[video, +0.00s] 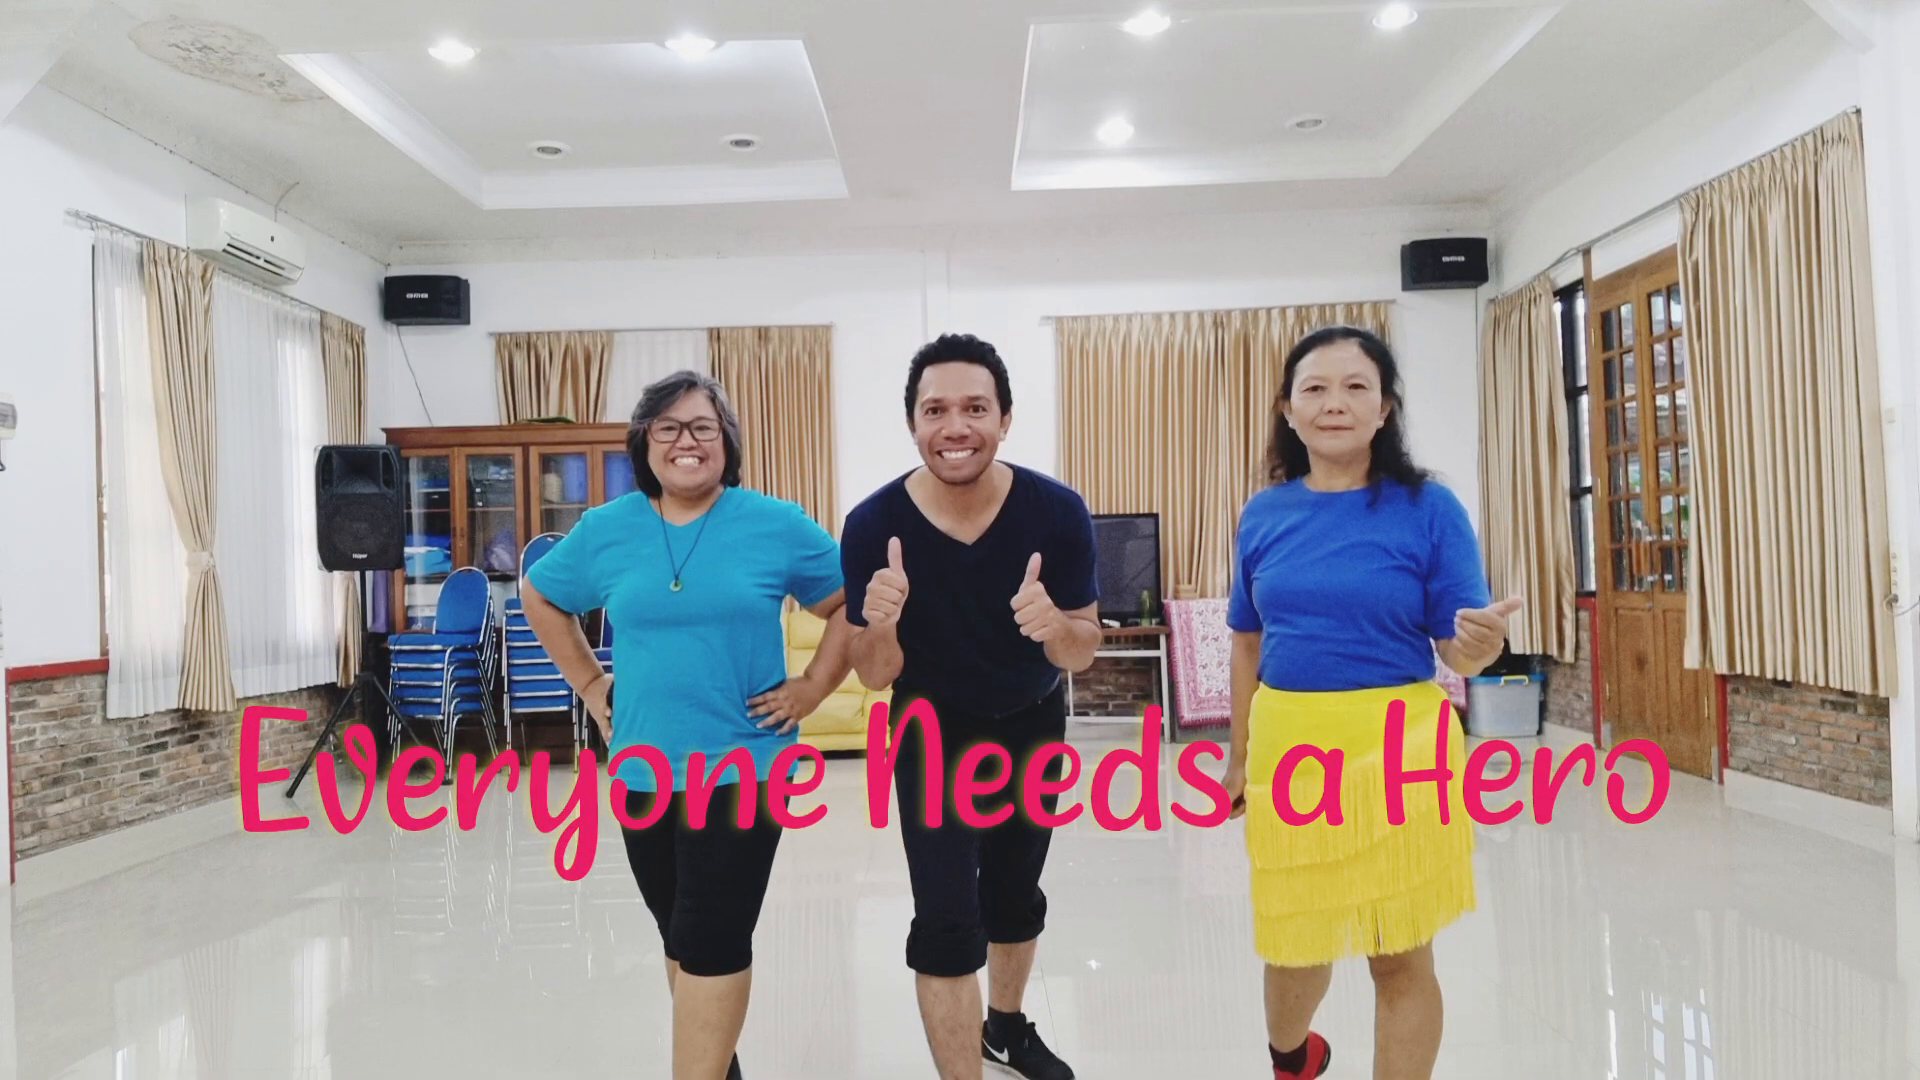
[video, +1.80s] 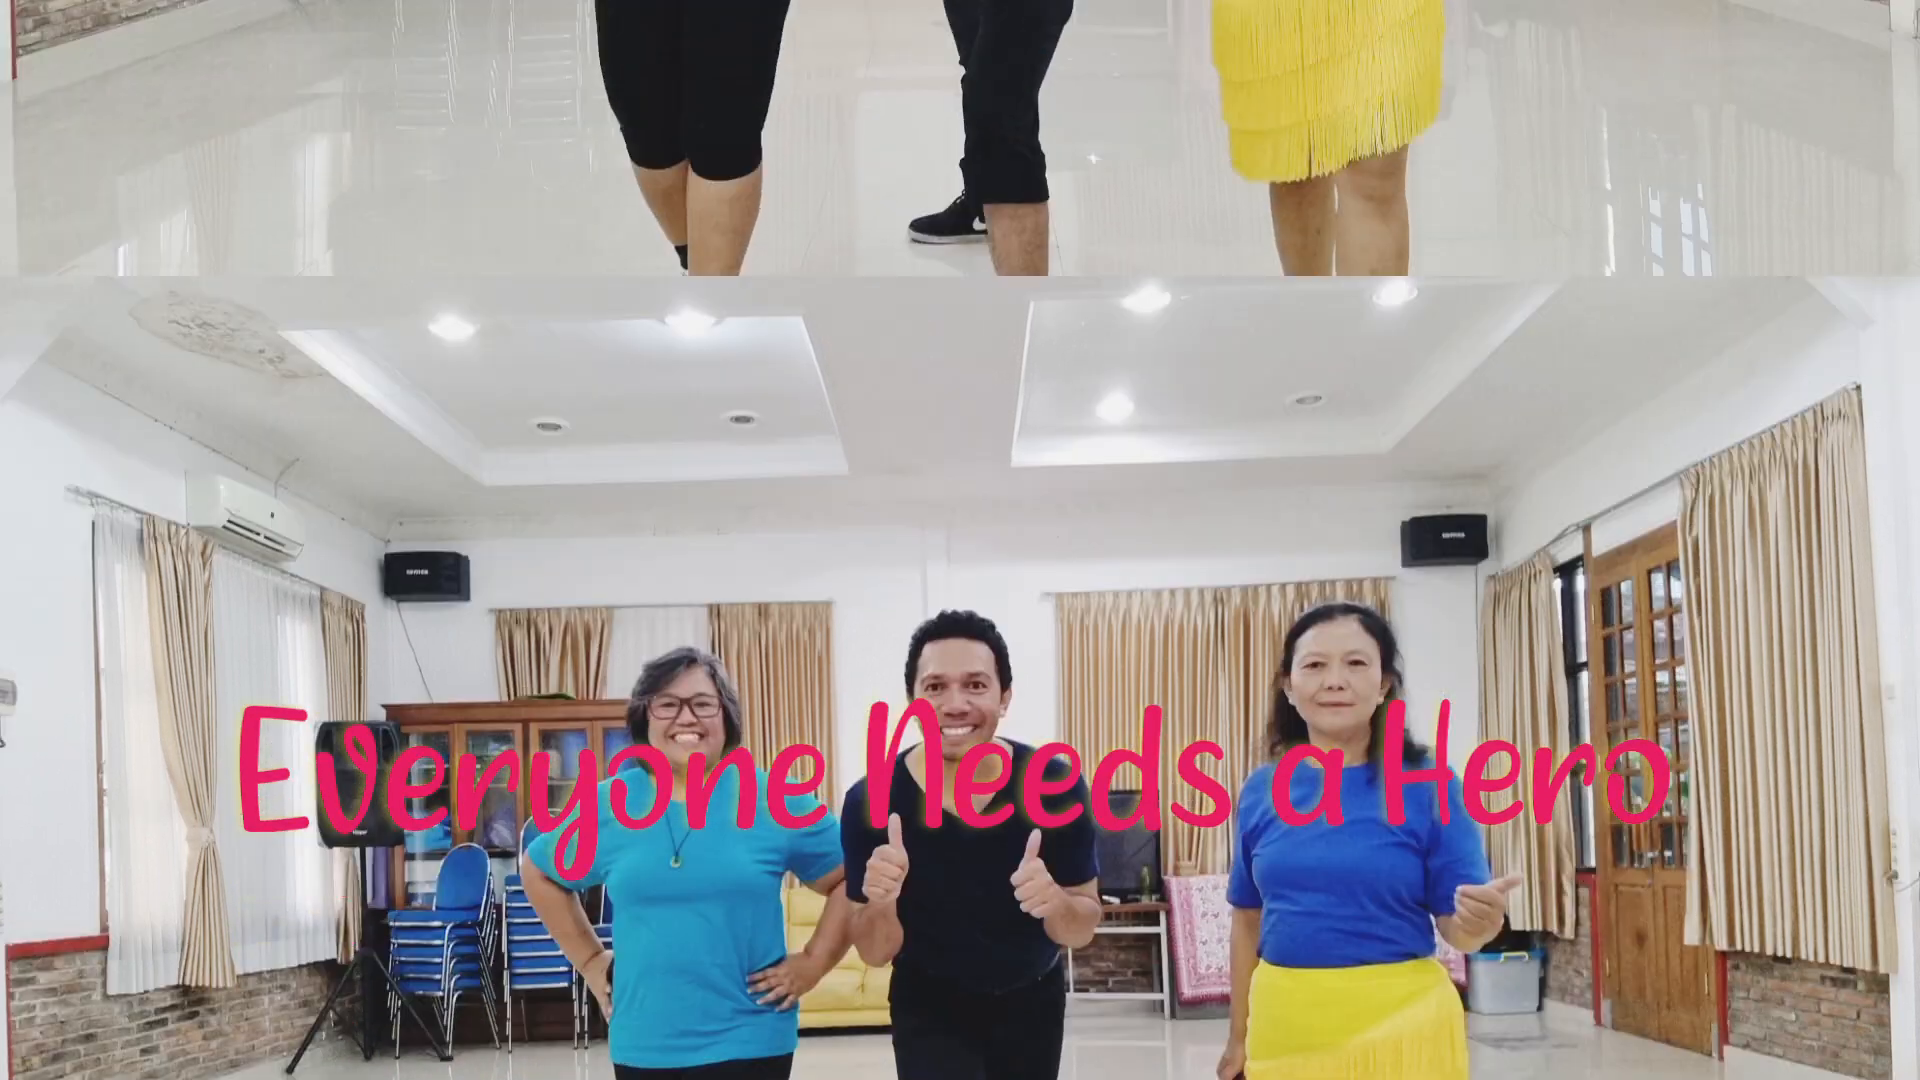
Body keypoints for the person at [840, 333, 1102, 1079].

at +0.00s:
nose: (956, 427)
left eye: (975, 408)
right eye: (936, 410)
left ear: (1004, 420)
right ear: (913, 424)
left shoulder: (1059, 514)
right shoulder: (873, 526)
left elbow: (1081, 654)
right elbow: (875, 673)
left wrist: (1054, 626)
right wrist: (880, 627)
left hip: (1030, 722)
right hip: (930, 725)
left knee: (1016, 894)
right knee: (949, 920)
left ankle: (1006, 1026)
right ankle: (959, 1076)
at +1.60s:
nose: (955, 462)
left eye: (974, 443)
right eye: (936, 444)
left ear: (1004, 455)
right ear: (913, 459)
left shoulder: (1057, 547)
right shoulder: (872, 561)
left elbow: (1082, 689)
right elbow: (872, 699)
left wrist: (1053, 662)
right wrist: (879, 662)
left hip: (1029, 765)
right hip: (932, 768)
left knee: (1013, 931)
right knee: (947, 957)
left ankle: (1007, 1059)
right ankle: (956, 1079)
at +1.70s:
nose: (955, 544)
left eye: (975, 525)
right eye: (936, 528)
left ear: (1004, 537)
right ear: (912, 542)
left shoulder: (1056, 629)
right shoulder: (873, 641)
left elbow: (1088, 753)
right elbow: (872, 786)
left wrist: (1054, 742)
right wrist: (885, 733)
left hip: (1029, 855)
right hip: (930, 856)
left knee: (1014, 1027)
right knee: (948, 1040)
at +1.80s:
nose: (955, 705)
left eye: (976, 685)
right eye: (935, 687)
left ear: (1005, 698)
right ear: (913, 701)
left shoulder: (1049, 781)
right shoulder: (873, 800)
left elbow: (1081, 930)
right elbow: (875, 952)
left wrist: (1055, 902)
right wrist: (880, 904)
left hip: (1028, 999)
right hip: (929, 1001)